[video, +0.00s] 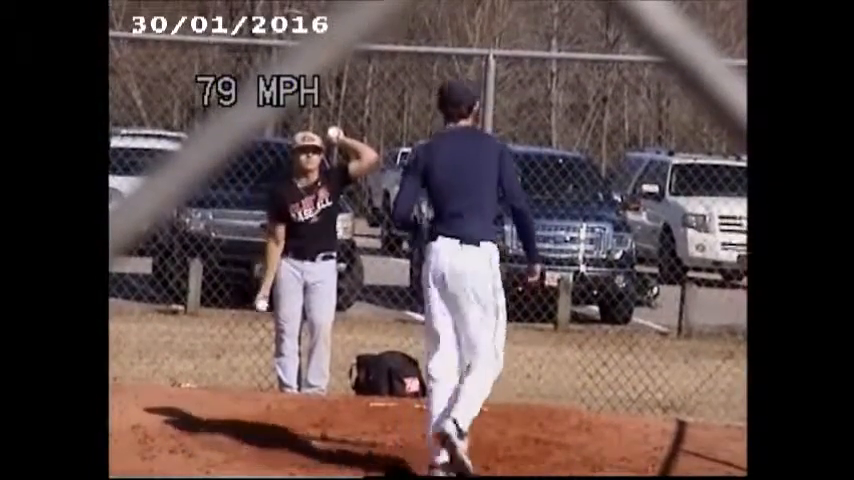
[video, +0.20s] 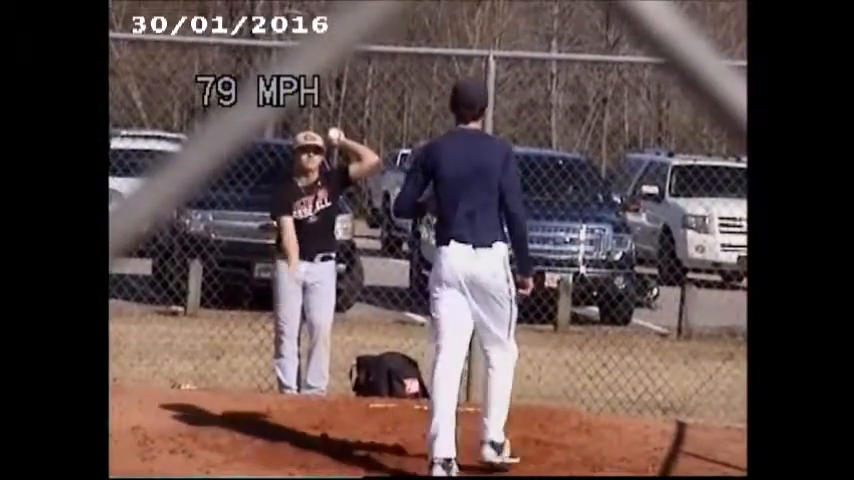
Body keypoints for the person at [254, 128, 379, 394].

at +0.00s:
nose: (308, 156)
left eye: (313, 151)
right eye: (303, 152)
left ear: (322, 155)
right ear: (294, 156)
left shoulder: (333, 179)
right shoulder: (283, 191)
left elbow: (371, 158)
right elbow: (276, 239)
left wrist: (343, 140)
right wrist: (265, 287)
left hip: (324, 264)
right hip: (290, 262)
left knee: (322, 327)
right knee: (287, 327)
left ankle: (316, 388)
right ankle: (287, 387)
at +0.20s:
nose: (310, 156)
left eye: (315, 152)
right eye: (305, 152)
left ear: (323, 156)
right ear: (295, 156)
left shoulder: (333, 179)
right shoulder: (286, 190)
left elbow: (373, 161)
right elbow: (287, 230)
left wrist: (343, 142)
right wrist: (293, 262)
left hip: (324, 263)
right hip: (291, 261)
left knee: (321, 327)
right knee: (287, 328)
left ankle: (316, 389)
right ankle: (287, 388)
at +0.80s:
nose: (315, 150)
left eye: (320, 145)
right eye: (309, 145)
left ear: (327, 150)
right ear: (298, 150)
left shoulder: (335, 174)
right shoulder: (289, 175)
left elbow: (373, 160)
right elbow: (279, 187)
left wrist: (346, 140)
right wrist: (296, 144)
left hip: (324, 260)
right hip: (290, 258)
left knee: (322, 325)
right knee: (287, 325)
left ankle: (316, 385)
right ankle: (288, 385)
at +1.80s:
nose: (308, 152)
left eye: (313, 146)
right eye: (302, 147)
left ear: (322, 148)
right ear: (293, 148)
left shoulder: (332, 173)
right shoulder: (281, 173)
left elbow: (361, 154)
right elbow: (264, 142)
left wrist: (339, 138)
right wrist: (280, 128)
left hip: (318, 260)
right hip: (283, 258)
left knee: (311, 326)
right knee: (280, 323)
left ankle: (307, 386)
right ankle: (277, 384)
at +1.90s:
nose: (307, 152)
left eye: (313, 146)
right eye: (302, 147)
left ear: (321, 149)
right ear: (292, 148)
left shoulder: (331, 174)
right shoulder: (281, 174)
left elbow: (361, 155)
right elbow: (264, 142)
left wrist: (339, 139)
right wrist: (280, 128)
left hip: (319, 260)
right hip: (284, 258)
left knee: (312, 326)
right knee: (280, 323)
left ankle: (307, 385)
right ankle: (278, 383)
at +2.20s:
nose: (303, 153)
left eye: (308, 147)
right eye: (298, 148)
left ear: (318, 148)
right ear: (289, 150)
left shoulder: (330, 174)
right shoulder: (280, 173)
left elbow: (365, 158)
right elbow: (262, 143)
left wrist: (342, 139)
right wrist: (280, 127)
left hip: (317, 258)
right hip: (282, 256)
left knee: (310, 321)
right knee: (278, 320)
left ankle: (307, 383)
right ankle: (277, 382)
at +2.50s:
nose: (304, 153)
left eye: (309, 147)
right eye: (299, 148)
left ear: (318, 148)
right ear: (290, 150)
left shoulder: (331, 175)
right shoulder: (281, 174)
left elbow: (367, 159)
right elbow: (263, 144)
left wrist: (343, 140)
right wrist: (280, 129)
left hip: (319, 259)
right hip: (285, 257)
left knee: (313, 322)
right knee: (280, 321)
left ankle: (309, 381)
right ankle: (278, 381)